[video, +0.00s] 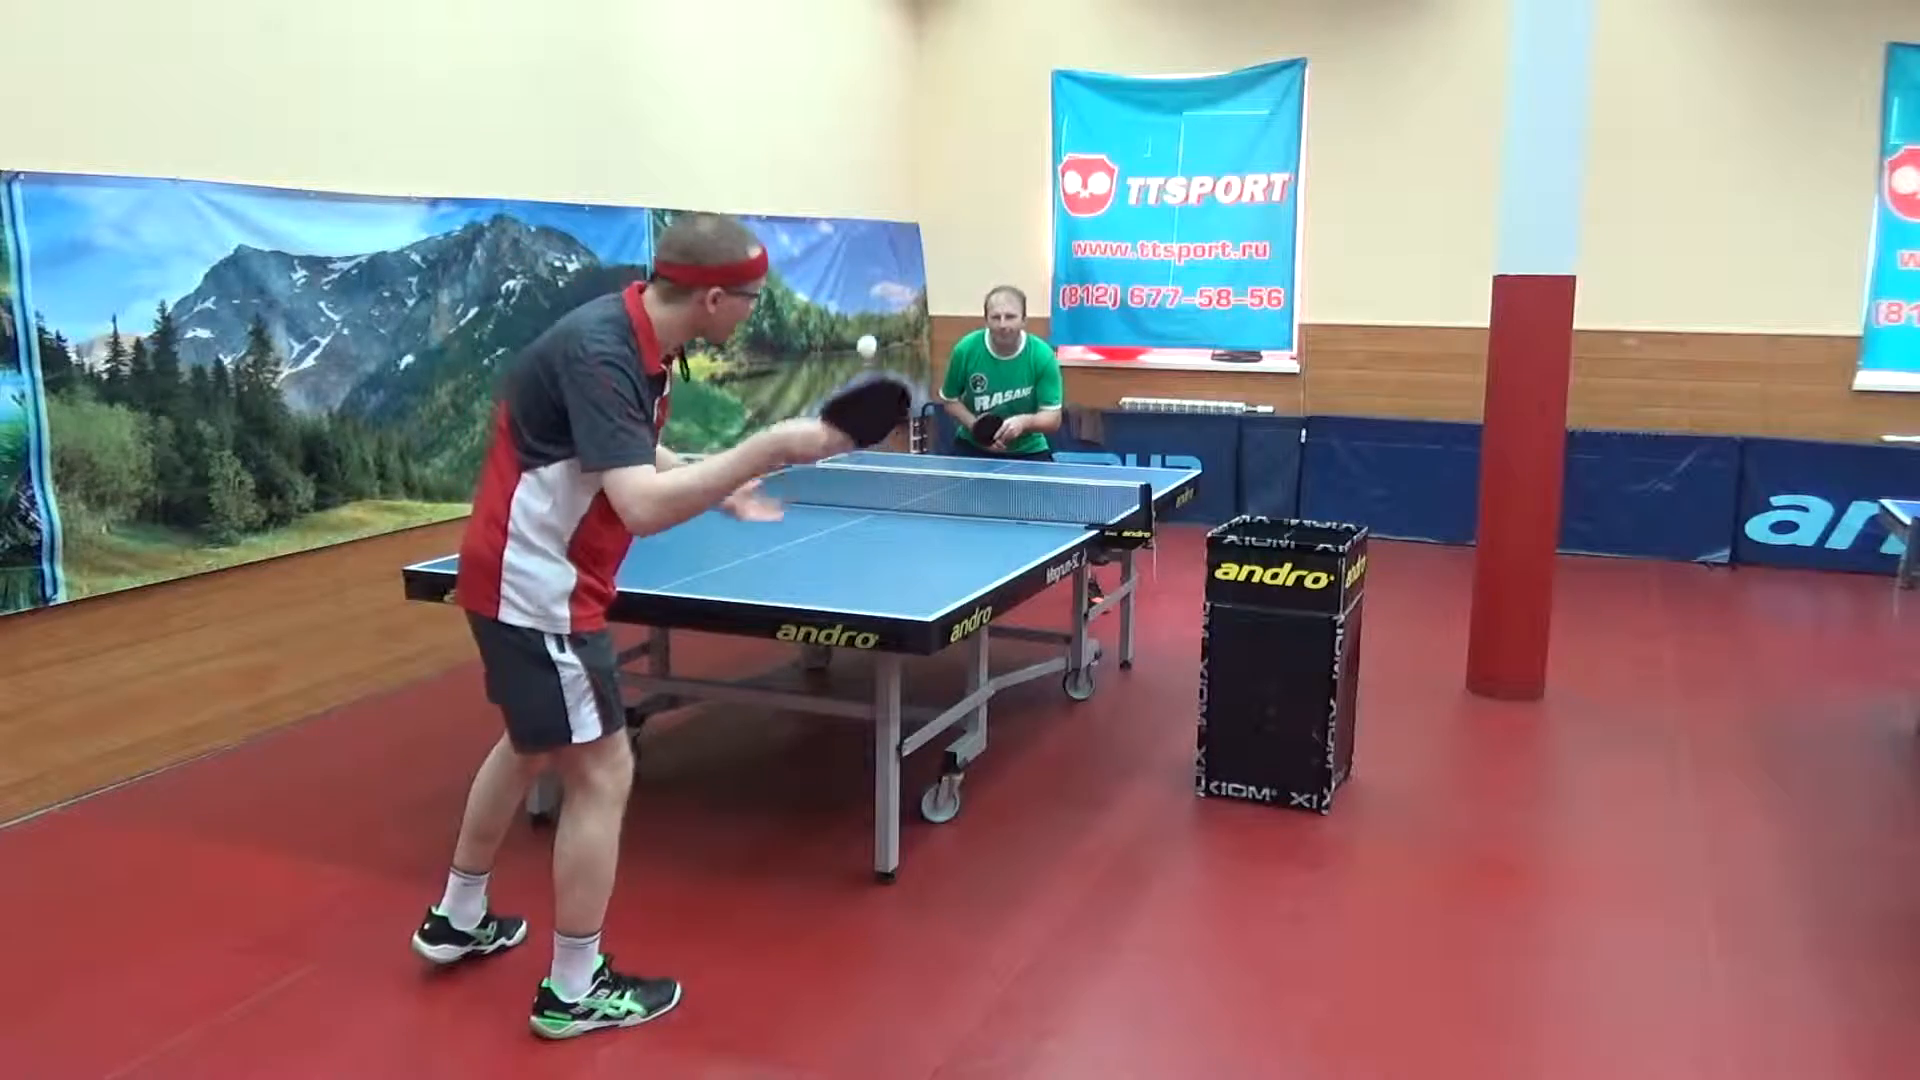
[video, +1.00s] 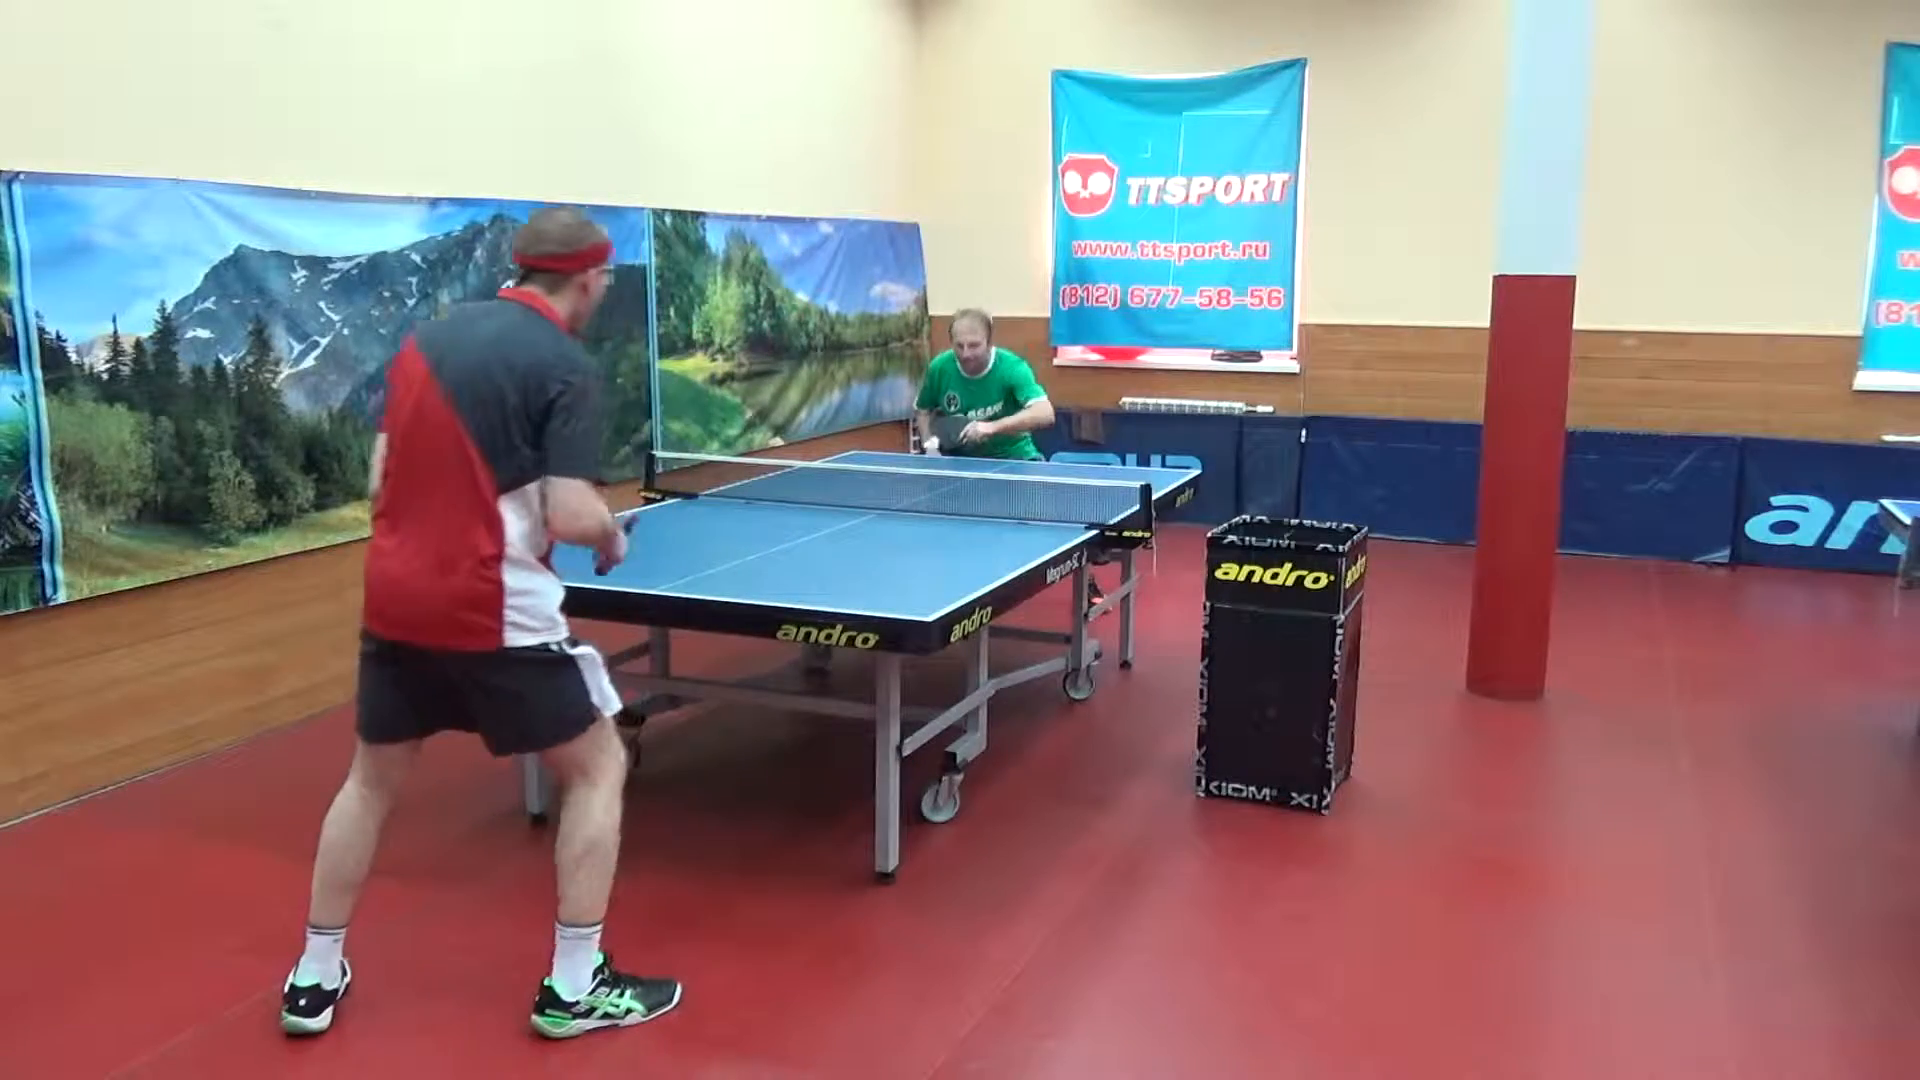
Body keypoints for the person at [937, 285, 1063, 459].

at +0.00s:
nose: (1003, 325)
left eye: (1010, 317)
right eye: (996, 318)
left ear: (1024, 321)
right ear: (986, 320)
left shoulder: (1042, 355)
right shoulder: (966, 350)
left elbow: (1053, 418)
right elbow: (950, 399)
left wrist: (1024, 422)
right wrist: (979, 429)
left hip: (1029, 451)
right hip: (974, 450)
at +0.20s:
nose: (993, 324)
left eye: (1000, 315)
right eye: (985, 316)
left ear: (1013, 318)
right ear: (975, 318)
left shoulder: (1033, 353)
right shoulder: (955, 349)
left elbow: (1043, 414)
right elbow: (937, 397)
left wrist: (1012, 421)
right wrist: (965, 432)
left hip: (1023, 451)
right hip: (970, 453)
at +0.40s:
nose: (991, 319)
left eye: (998, 310)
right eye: (983, 311)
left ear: (1011, 313)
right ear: (974, 315)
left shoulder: (1032, 348)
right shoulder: (955, 346)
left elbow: (1046, 409)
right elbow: (936, 396)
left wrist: (1012, 417)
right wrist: (963, 430)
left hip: (1023, 450)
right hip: (970, 451)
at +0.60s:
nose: (989, 312)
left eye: (997, 303)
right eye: (982, 304)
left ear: (1011, 305)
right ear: (974, 307)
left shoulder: (1033, 342)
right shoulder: (956, 341)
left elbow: (1052, 401)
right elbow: (939, 390)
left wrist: (1014, 409)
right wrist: (963, 423)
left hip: (1024, 448)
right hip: (970, 448)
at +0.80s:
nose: (977, 320)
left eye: (984, 311)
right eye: (970, 312)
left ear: (999, 310)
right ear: (962, 313)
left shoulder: (1021, 344)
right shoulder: (948, 344)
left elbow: (1043, 403)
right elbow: (933, 391)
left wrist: (998, 422)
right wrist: (952, 432)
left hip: (1021, 453)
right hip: (972, 455)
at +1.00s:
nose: (966, 354)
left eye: (974, 346)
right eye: (960, 346)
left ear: (989, 343)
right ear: (951, 344)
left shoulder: (1012, 368)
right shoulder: (939, 369)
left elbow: (1044, 414)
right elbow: (923, 410)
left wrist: (992, 427)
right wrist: (929, 442)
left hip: (1015, 460)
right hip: (962, 461)